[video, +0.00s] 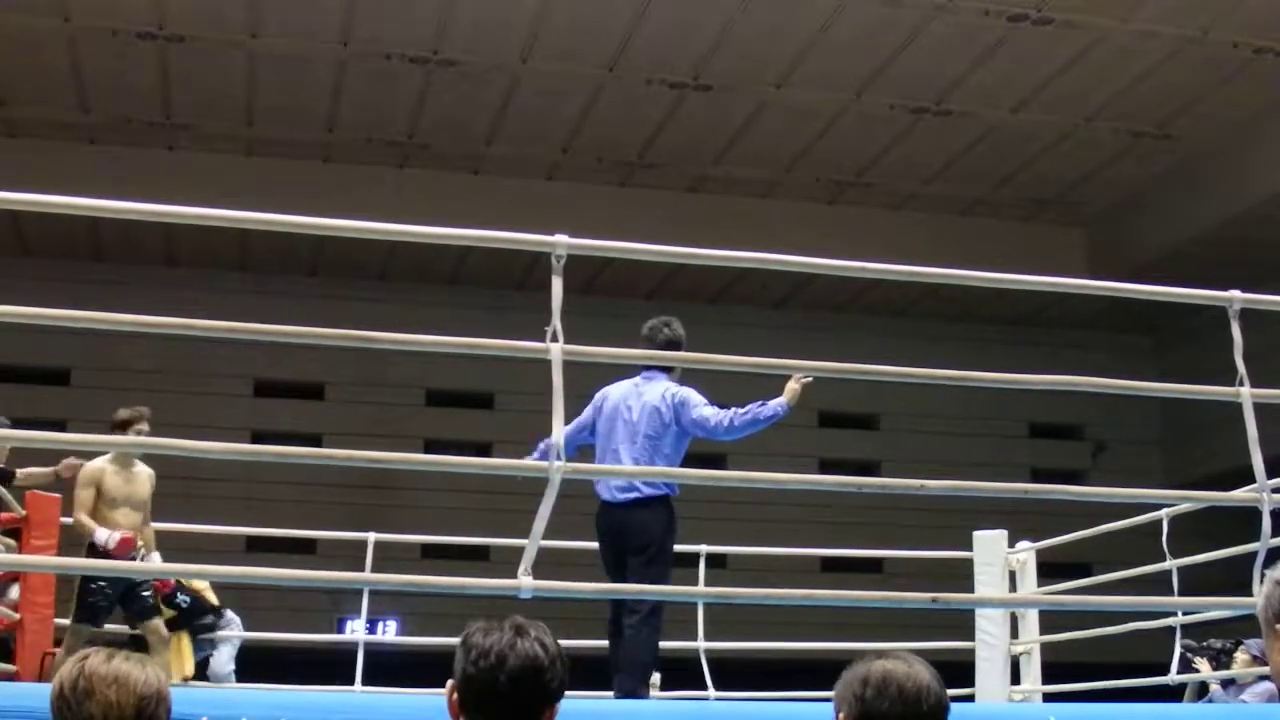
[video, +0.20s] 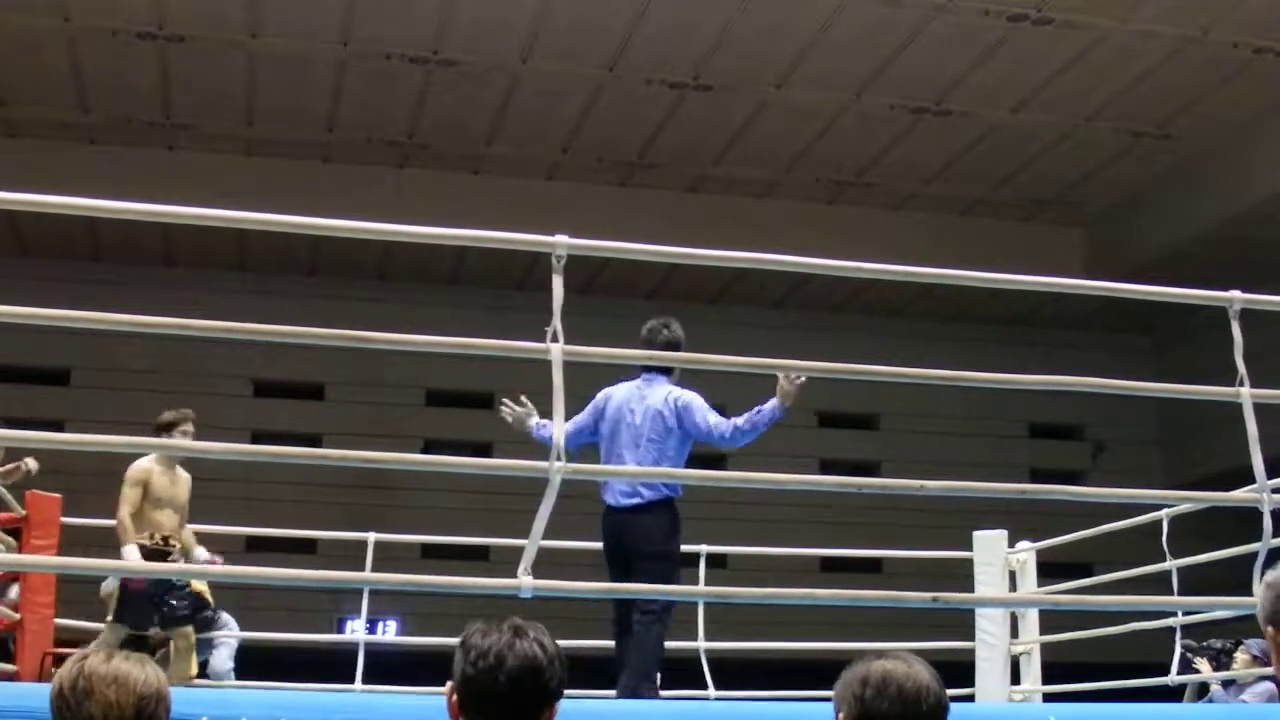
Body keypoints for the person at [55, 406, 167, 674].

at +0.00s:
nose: (144, 439)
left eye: (147, 434)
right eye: (138, 433)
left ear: (148, 437)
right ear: (120, 433)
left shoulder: (147, 474)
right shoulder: (94, 470)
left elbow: (145, 523)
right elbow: (80, 516)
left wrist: (155, 562)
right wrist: (105, 537)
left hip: (136, 567)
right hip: (101, 566)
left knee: (159, 636)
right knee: (77, 637)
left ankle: (160, 707)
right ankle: (54, 704)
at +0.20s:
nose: (190, 441)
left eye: (192, 435)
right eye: (184, 434)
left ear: (191, 440)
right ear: (165, 435)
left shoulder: (184, 478)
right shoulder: (141, 469)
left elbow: (181, 525)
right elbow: (123, 515)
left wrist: (200, 555)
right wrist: (133, 560)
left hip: (174, 565)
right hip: (142, 562)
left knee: (185, 640)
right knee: (113, 635)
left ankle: (178, 711)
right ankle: (74, 690)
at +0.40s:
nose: (228, 434)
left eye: (230, 429)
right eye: (223, 428)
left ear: (227, 431)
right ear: (203, 428)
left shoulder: (220, 470)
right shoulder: (172, 460)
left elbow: (221, 516)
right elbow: (144, 499)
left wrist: (246, 524)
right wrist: (158, 534)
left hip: (198, 553)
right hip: (170, 550)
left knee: (187, 635)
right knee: (164, 627)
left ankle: (174, 702)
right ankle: (130, 683)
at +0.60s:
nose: (248, 437)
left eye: (251, 431)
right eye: (242, 430)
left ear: (251, 434)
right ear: (222, 431)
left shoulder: (248, 471)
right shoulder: (194, 464)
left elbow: (261, 512)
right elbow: (171, 509)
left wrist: (279, 528)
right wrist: (191, 524)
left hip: (230, 554)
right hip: (198, 552)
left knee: (228, 629)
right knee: (206, 625)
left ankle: (225, 691)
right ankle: (202, 698)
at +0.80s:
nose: (272, 425)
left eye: (273, 420)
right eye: (266, 419)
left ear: (272, 422)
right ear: (246, 420)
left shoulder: (272, 462)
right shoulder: (219, 460)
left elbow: (277, 507)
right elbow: (204, 507)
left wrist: (297, 524)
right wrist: (243, 523)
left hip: (265, 554)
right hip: (232, 553)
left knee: (275, 638)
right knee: (229, 634)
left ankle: (222, 677)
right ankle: (212, 702)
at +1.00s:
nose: (318, 430)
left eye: (320, 423)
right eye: (313, 422)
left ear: (311, 423)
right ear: (293, 419)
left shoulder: (309, 459)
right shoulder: (260, 451)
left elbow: (300, 509)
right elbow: (256, 500)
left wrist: (332, 508)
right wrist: (304, 491)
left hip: (302, 546)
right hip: (268, 545)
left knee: (332, 627)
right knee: (248, 636)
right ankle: (216, 703)